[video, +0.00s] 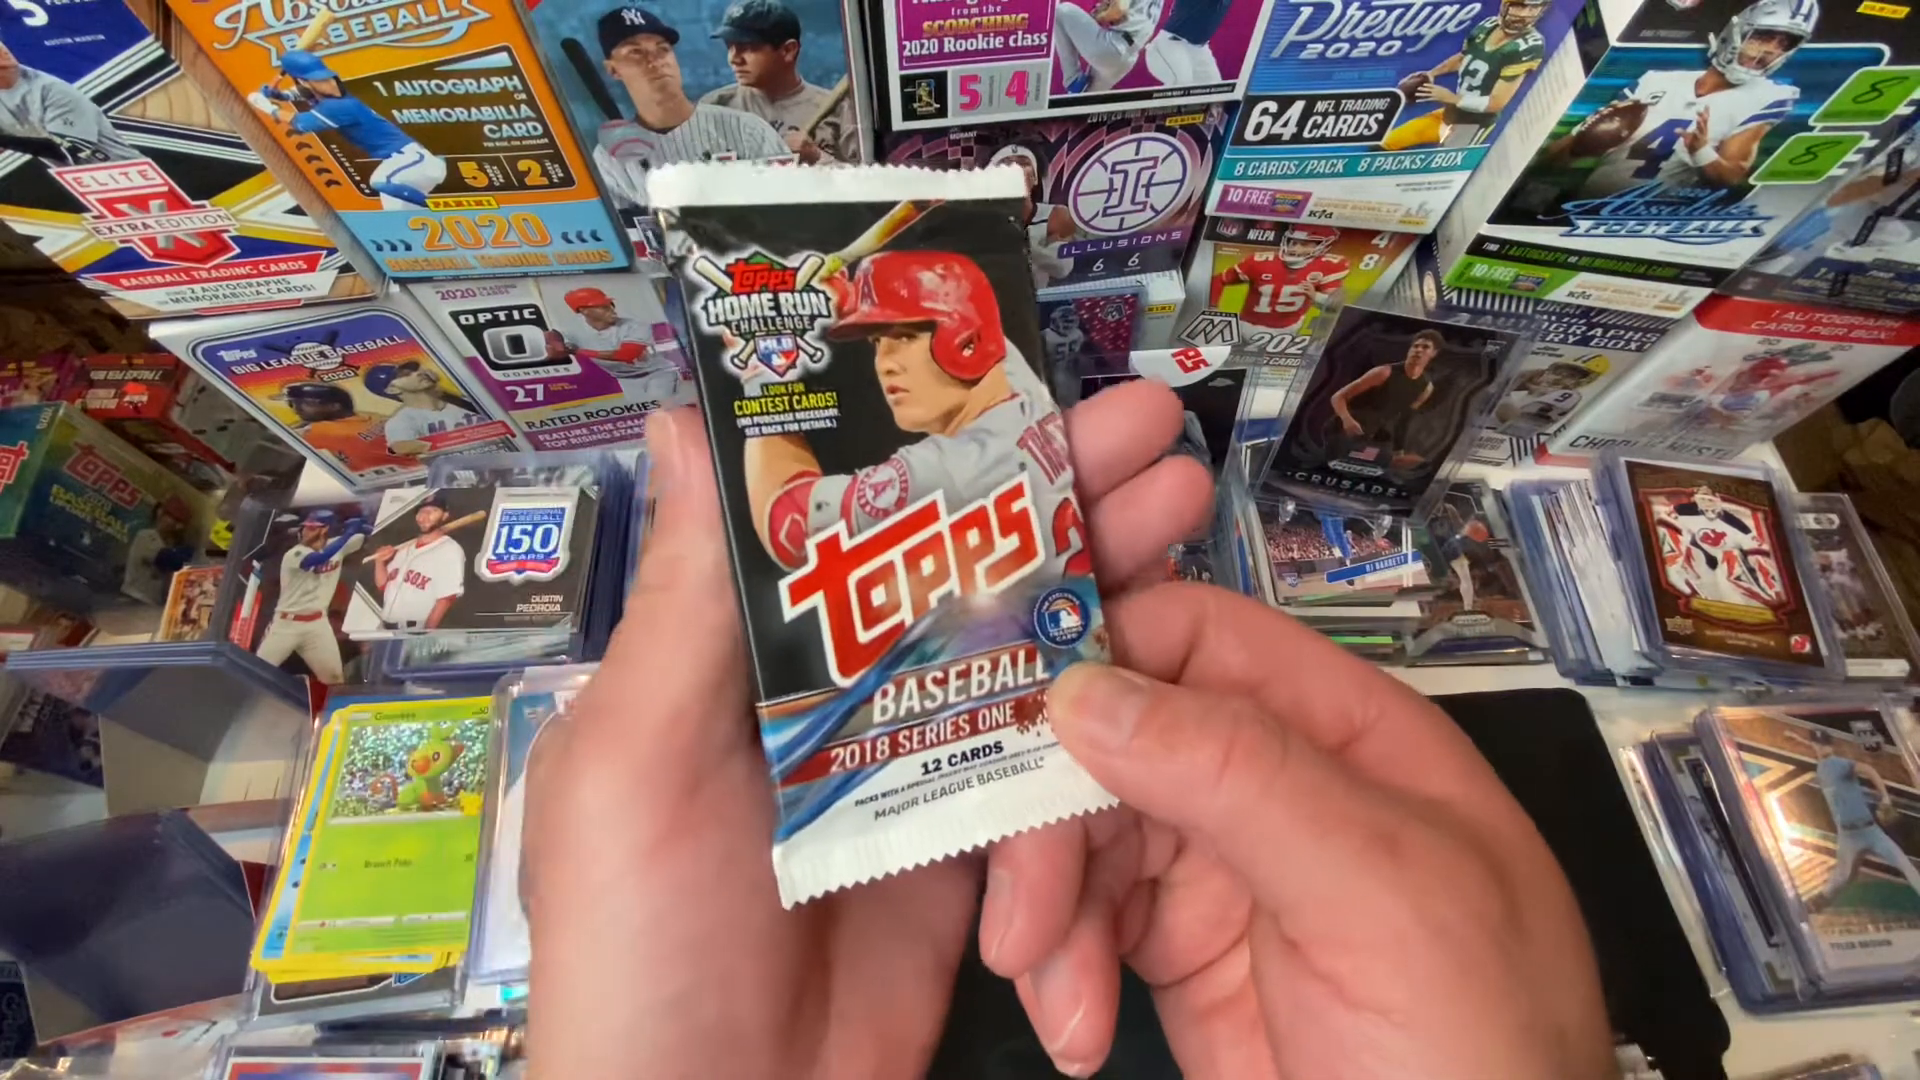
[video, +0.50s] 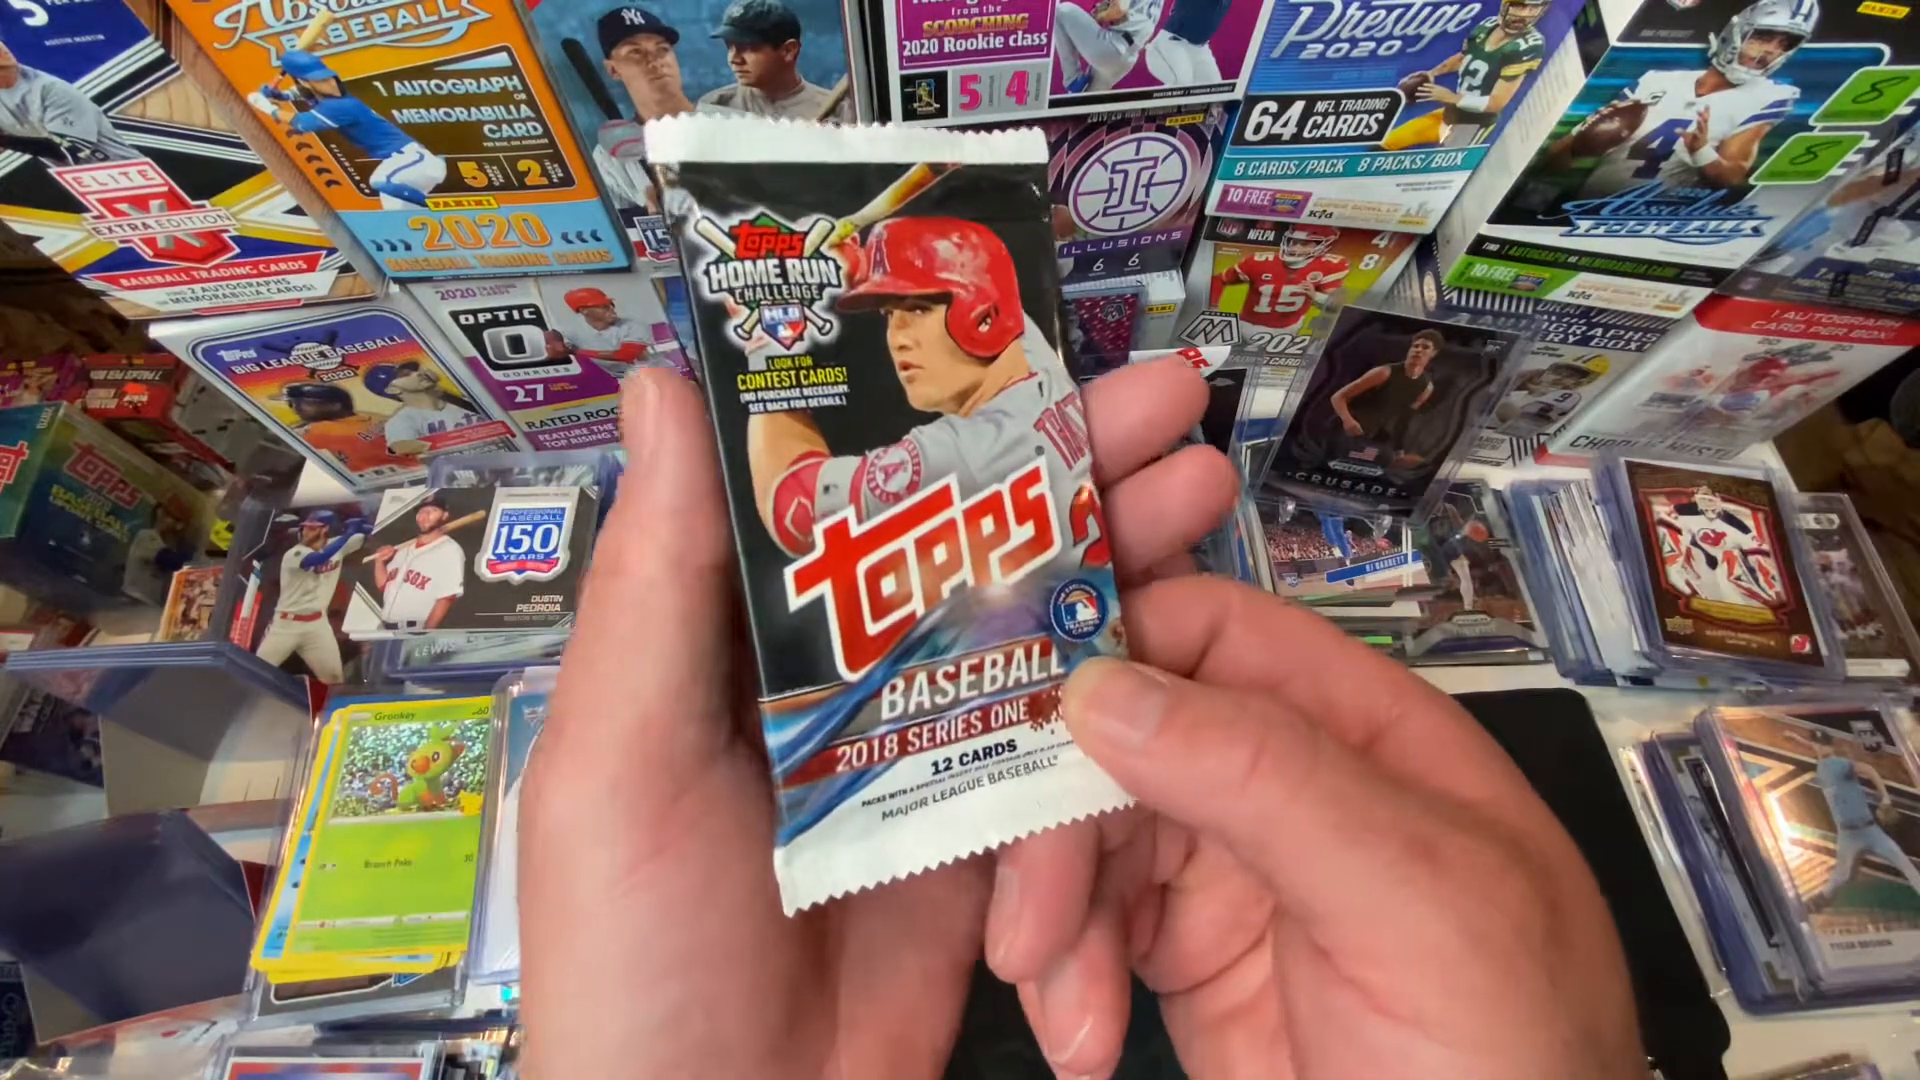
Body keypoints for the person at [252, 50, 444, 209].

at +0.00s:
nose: (297, 87)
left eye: (298, 82)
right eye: (298, 83)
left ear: (306, 83)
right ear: (323, 77)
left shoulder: (341, 107)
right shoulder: (332, 100)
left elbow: (298, 122)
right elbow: (302, 93)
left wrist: (268, 108)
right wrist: (277, 95)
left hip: (414, 158)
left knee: (380, 180)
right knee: (397, 224)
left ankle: (432, 213)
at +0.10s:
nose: (298, 86)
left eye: (299, 82)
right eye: (298, 83)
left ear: (308, 83)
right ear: (324, 78)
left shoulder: (341, 107)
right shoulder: (334, 100)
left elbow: (298, 122)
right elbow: (304, 92)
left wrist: (268, 107)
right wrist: (278, 94)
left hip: (414, 157)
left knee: (380, 179)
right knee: (398, 223)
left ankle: (432, 213)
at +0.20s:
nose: (297, 87)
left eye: (298, 83)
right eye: (298, 84)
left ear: (306, 83)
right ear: (324, 78)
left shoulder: (342, 107)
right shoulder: (333, 101)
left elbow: (298, 122)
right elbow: (303, 93)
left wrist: (268, 108)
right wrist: (278, 95)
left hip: (414, 158)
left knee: (380, 180)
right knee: (397, 224)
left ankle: (432, 212)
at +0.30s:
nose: (298, 86)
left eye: (299, 82)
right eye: (298, 83)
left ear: (308, 83)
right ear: (324, 78)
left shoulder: (342, 106)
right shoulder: (335, 100)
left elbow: (298, 122)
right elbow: (303, 92)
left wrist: (267, 107)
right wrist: (277, 94)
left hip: (413, 158)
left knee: (380, 179)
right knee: (397, 223)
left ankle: (431, 213)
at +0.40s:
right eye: (322, 78)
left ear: (309, 83)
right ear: (308, 84)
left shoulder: (344, 106)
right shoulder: (333, 102)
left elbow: (300, 122)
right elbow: (303, 92)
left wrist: (270, 110)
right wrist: (277, 95)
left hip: (415, 158)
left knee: (381, 179)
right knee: (399, 222)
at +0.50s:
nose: (330, 80)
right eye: (323, 78)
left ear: (309, 83)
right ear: (307, 84)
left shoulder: (344, 107)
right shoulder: (332, 103)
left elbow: (300, 122)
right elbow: (302, 92)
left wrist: (270, 110)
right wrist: (277, 95)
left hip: (414, 158)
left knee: (380, 179)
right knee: (399, 223)